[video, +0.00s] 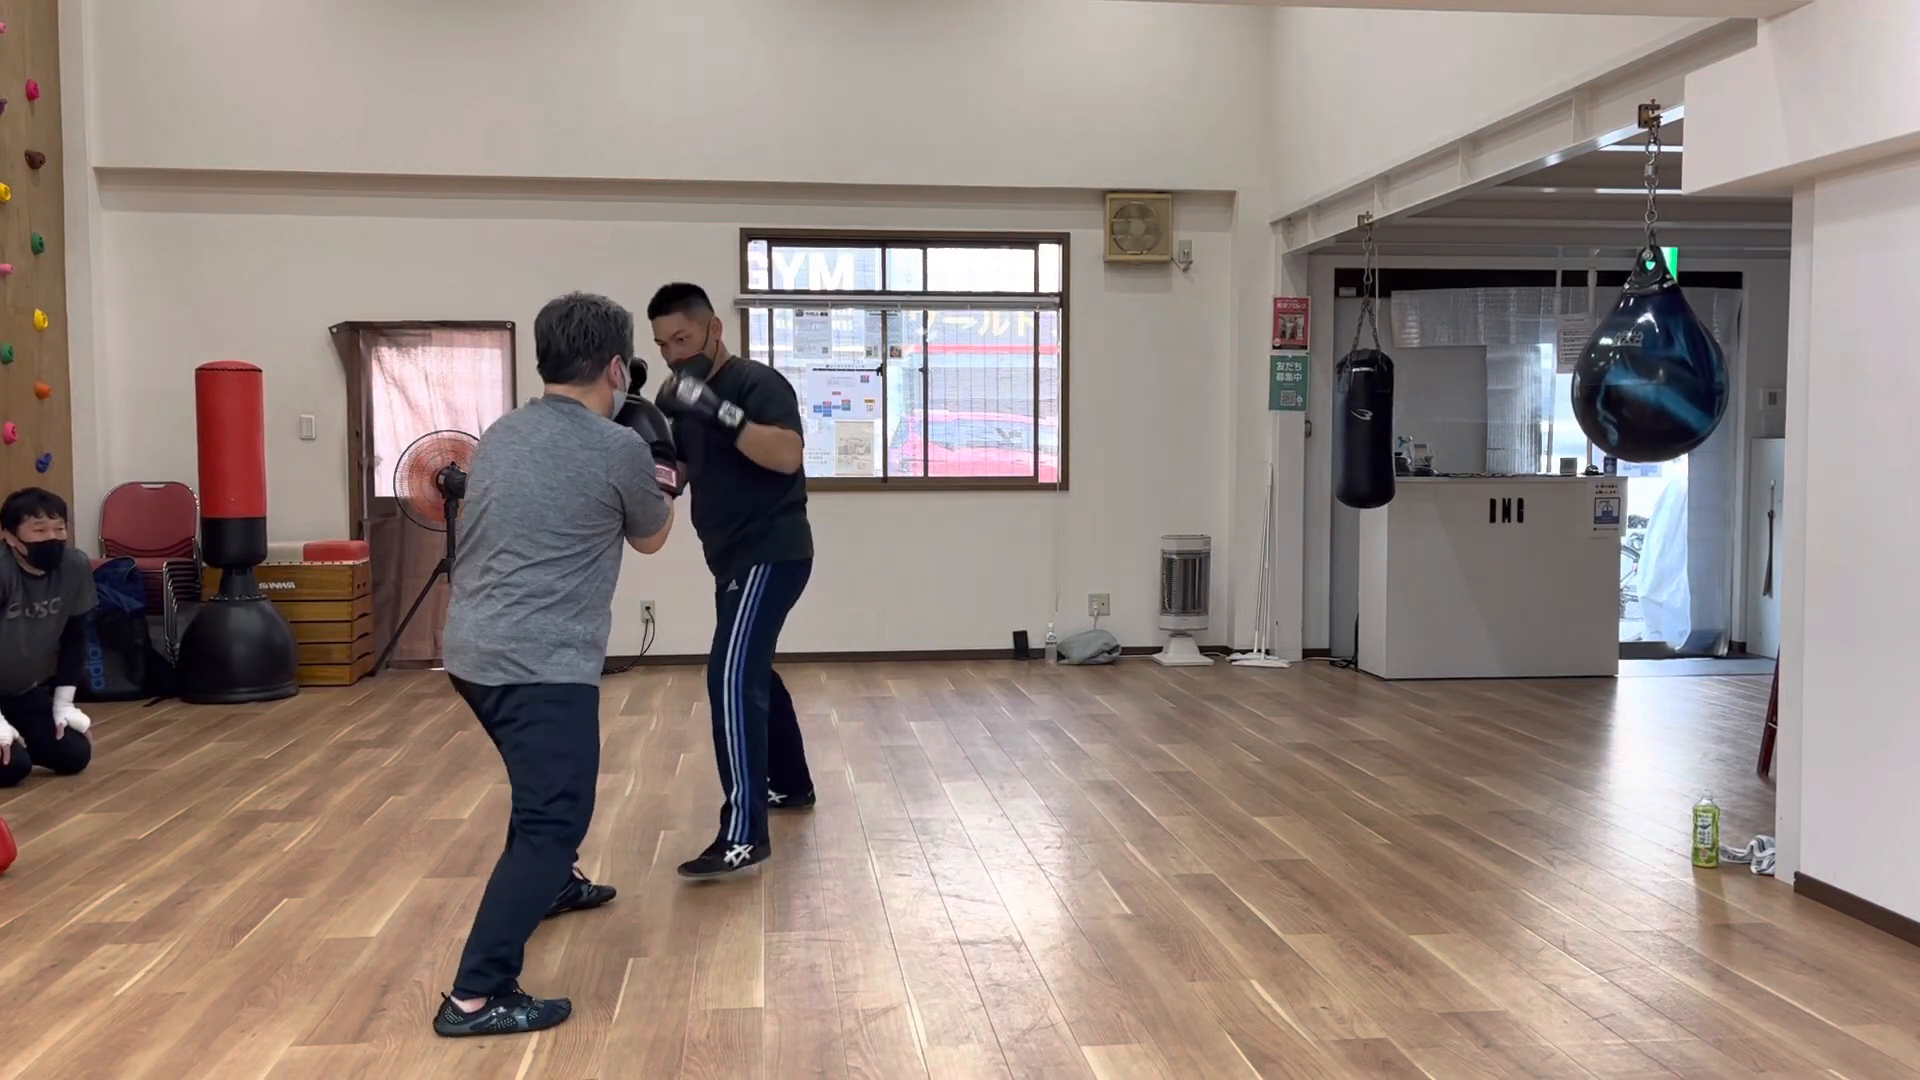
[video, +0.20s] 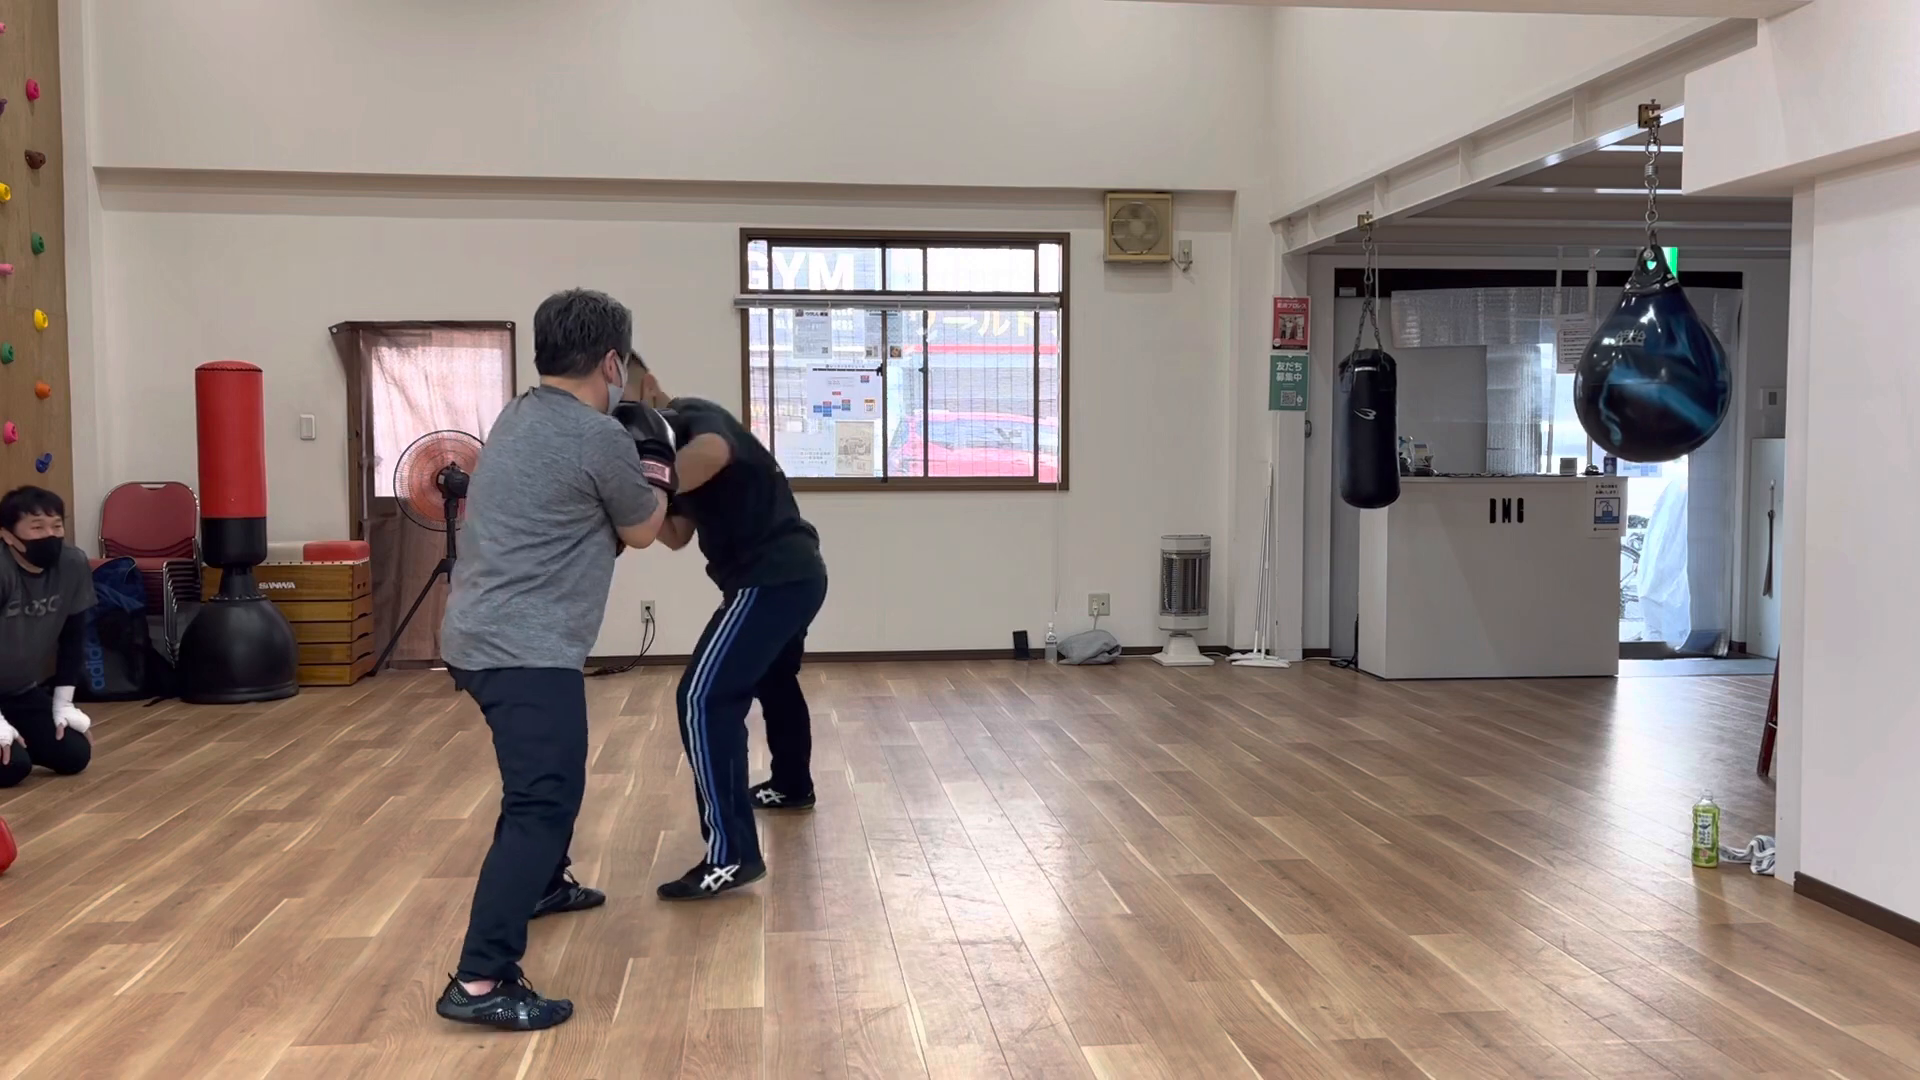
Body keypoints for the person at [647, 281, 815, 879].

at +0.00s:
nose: (675, 353)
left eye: (683, 339)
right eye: (665, 344)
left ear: (716, 328)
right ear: (659, 345)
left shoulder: (759, 383)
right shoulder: (683, 397)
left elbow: (787, 455)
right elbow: (677, 466)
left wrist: (718, 413)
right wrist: (653, 434)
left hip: (771, 552)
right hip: (732, 556)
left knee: (730, 678)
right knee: (751, 672)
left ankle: (742, 838)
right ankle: (792, 784)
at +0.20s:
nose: (621, 412)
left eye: (621, 399)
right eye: (617, 405)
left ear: (646, 383)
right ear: (646, 385)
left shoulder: (691, 412)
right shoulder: (671, 443)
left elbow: (714, 450)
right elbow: (676, 535)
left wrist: (655, 483)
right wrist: (639, 487)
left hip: (770, 578)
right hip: (786, 575)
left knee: (700, 699)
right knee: (776, 682)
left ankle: (732, 857)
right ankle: (791, 784)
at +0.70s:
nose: (644, 366)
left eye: (652, 353)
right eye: (636, 359)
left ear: (687, 346)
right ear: (633, 364)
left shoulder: (722, 384)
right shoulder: (670, 418)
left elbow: (773, 418)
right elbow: (669, 503)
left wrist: (694, 411)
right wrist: (630, 448)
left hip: (777, 555)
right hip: (745, 562)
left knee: (736, 680)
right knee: (756, 673)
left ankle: (731, 842)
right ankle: (792, 783)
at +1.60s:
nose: (618, 345)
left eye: (629, 331)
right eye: (610, 334)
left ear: (666, 327)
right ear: (608, 334)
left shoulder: (691, 379)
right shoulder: (639, 396)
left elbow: (679, 425)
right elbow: (597, 460)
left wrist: (595, 400)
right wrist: (580, 389)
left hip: (704, 564)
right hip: (676, 566)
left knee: (648, 692)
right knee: (687, 674)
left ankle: (656, 854)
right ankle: (760, 767)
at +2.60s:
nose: (599, 334)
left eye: (608, 320)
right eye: (595, 323)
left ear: (651, 316)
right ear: (633, 324)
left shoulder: (670, 369)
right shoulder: (645, 377)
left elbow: (644, 429)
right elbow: (604, 451)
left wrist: (563, 390)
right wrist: (581, 382)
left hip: (686, 567)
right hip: (705, 562)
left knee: (633, 699)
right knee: (709, 686)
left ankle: (652, 862)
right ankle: (750, 803)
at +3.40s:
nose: (613, 320)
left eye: (624, 306)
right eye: (603, 310)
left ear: (658, 303)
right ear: (594, 314)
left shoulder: (687, 356)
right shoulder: (610, 394)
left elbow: (699, 393)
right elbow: (582, 473)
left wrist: (620, 333)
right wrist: (555, 398)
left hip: (687, 574)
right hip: (641, 578)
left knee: (641, 719)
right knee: (671, 706)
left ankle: (654, 895)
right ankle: (750, 813)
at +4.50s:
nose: (605, 345)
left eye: (617, 331)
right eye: (594, 334)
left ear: (650, 324)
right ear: (584, 334)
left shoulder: (693, 383)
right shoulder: (593, 391)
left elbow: (712, 476)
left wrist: (668, 398)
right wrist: (553, 397)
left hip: (696, 573)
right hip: (631, 577)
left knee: (680, 717)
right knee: (620, 707)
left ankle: (696, 880)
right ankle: (670, 812)